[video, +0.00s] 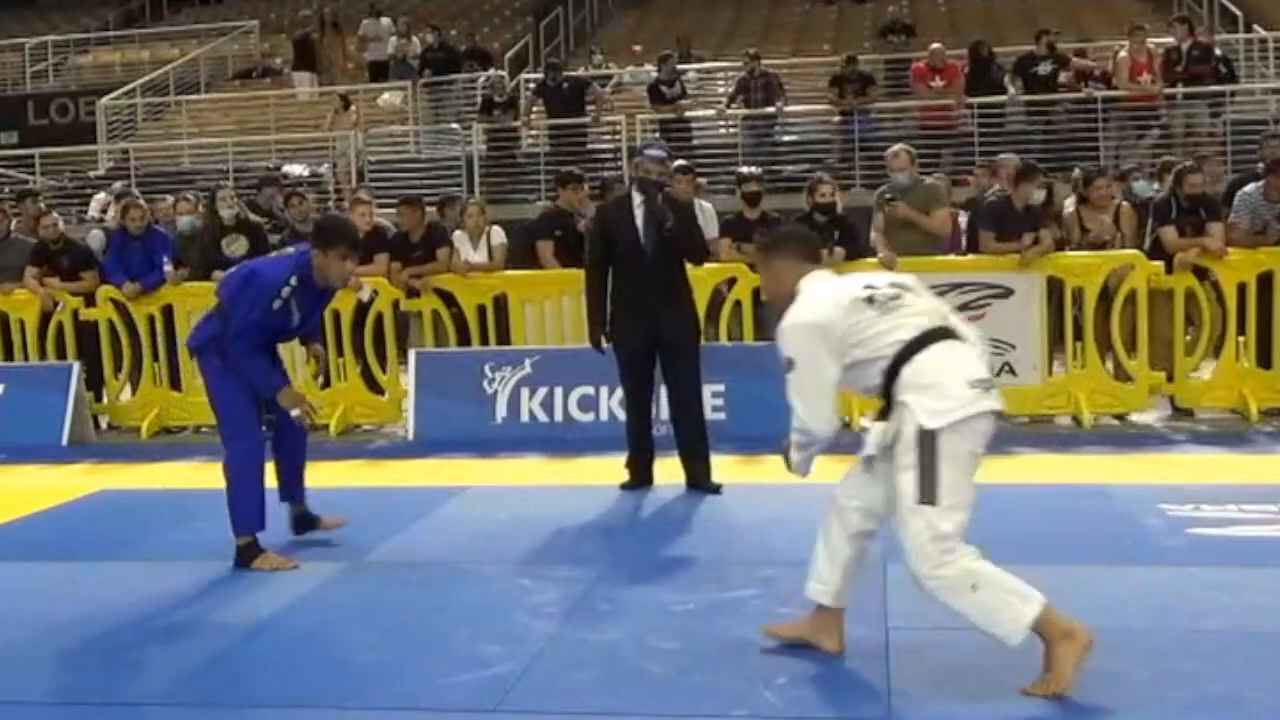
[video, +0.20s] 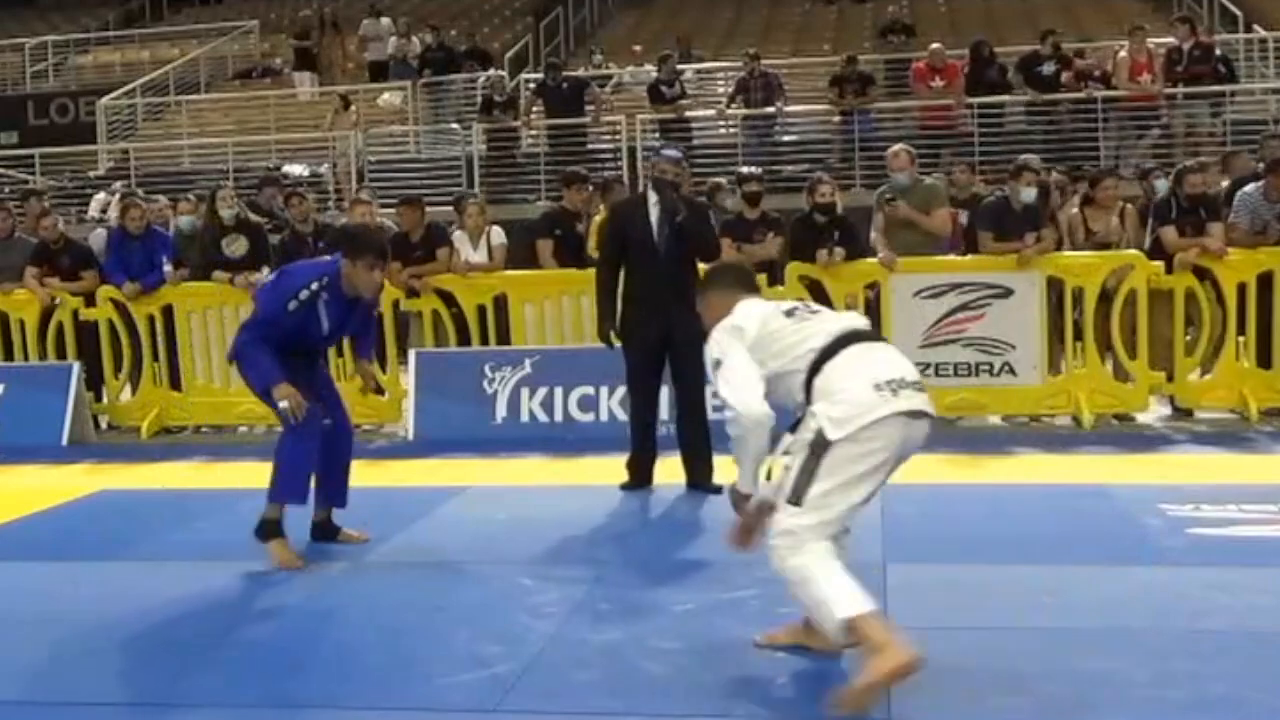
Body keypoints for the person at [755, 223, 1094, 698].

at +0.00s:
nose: (761, 288)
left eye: (762, 275)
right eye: (759, 275)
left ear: (782, 271)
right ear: (814, 262)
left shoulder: (804, 318)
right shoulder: (874, 279)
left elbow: (817, 423)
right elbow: (959, 335)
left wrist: (798, 454)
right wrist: (890, 419)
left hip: (940, 405)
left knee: (934, 555)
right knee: (852, 503)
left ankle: (1061, 633)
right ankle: (824, 619)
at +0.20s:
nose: (704, 322)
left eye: (704, 314)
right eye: (702, 314)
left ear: (713, 307)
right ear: (752, 295)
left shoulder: (726, 333)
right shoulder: (794, 313)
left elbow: (752, 411)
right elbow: (811, 422)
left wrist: (745, 488)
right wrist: (765, 502)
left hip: (856, 411)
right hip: (911, 407)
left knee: (792, 538)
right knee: (826, 522)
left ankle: (885, 647)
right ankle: (823, 627)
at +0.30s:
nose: (673, 317)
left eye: (671, 308)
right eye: (670, 309)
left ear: (679, 299)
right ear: (722, 288)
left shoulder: (693, 322)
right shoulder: (767, 307)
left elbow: (718, 388)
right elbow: (788, 421)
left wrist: (705, 470)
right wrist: (718, 466)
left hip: (823, 416)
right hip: (881, 410)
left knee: (766, 542)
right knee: (817, 524)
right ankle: (821, 628)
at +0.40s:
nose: (639, 306)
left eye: (638, 296)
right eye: (637, 297)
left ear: (648, 288)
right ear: (692, 280)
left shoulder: (657, 319)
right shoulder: (738, 301)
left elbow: (668, 394)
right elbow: (780, 367)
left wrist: (661, 472)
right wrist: (723, 440)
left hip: (779, 422)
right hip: (845, 415)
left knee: (714, 566)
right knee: (796, 527)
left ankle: (756, 703)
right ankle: (815, 628)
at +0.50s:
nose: (609, 298)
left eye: (608, 287)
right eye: (607, 288)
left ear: (622, 281)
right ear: (659, 273)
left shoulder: (627, 324)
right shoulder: (719, 297)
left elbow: (629, 432)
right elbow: (764, 364)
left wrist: (633, 478)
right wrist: (694, 450)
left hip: (742, 431)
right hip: (810, 420)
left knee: (678, 573)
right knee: (761, 516)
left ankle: (751, 706)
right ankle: (776, 630)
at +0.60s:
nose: (585, 297)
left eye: (583, 289)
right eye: (583, 290)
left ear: (590, 285)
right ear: (635, 273)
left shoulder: (594, 332)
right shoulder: (703, 298)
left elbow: (600, 448)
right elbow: (787, 374)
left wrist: (619, 452)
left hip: (704, 432)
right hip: (773, 421)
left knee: (661, 581)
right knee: (715, 520)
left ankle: (751, 705)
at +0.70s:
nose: (569, 301)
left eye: (567, 294)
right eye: (570, 295)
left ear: (573, 289)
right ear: (620, 279)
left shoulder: (569, 333)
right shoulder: (684, 300)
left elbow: (567, 446)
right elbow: (759, 374)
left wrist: (600, 469)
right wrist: (747, 445)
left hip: (662, 437)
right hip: (730, 434)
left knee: (642, 579)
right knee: (645, 532)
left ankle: (747, 700)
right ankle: (618, 641)